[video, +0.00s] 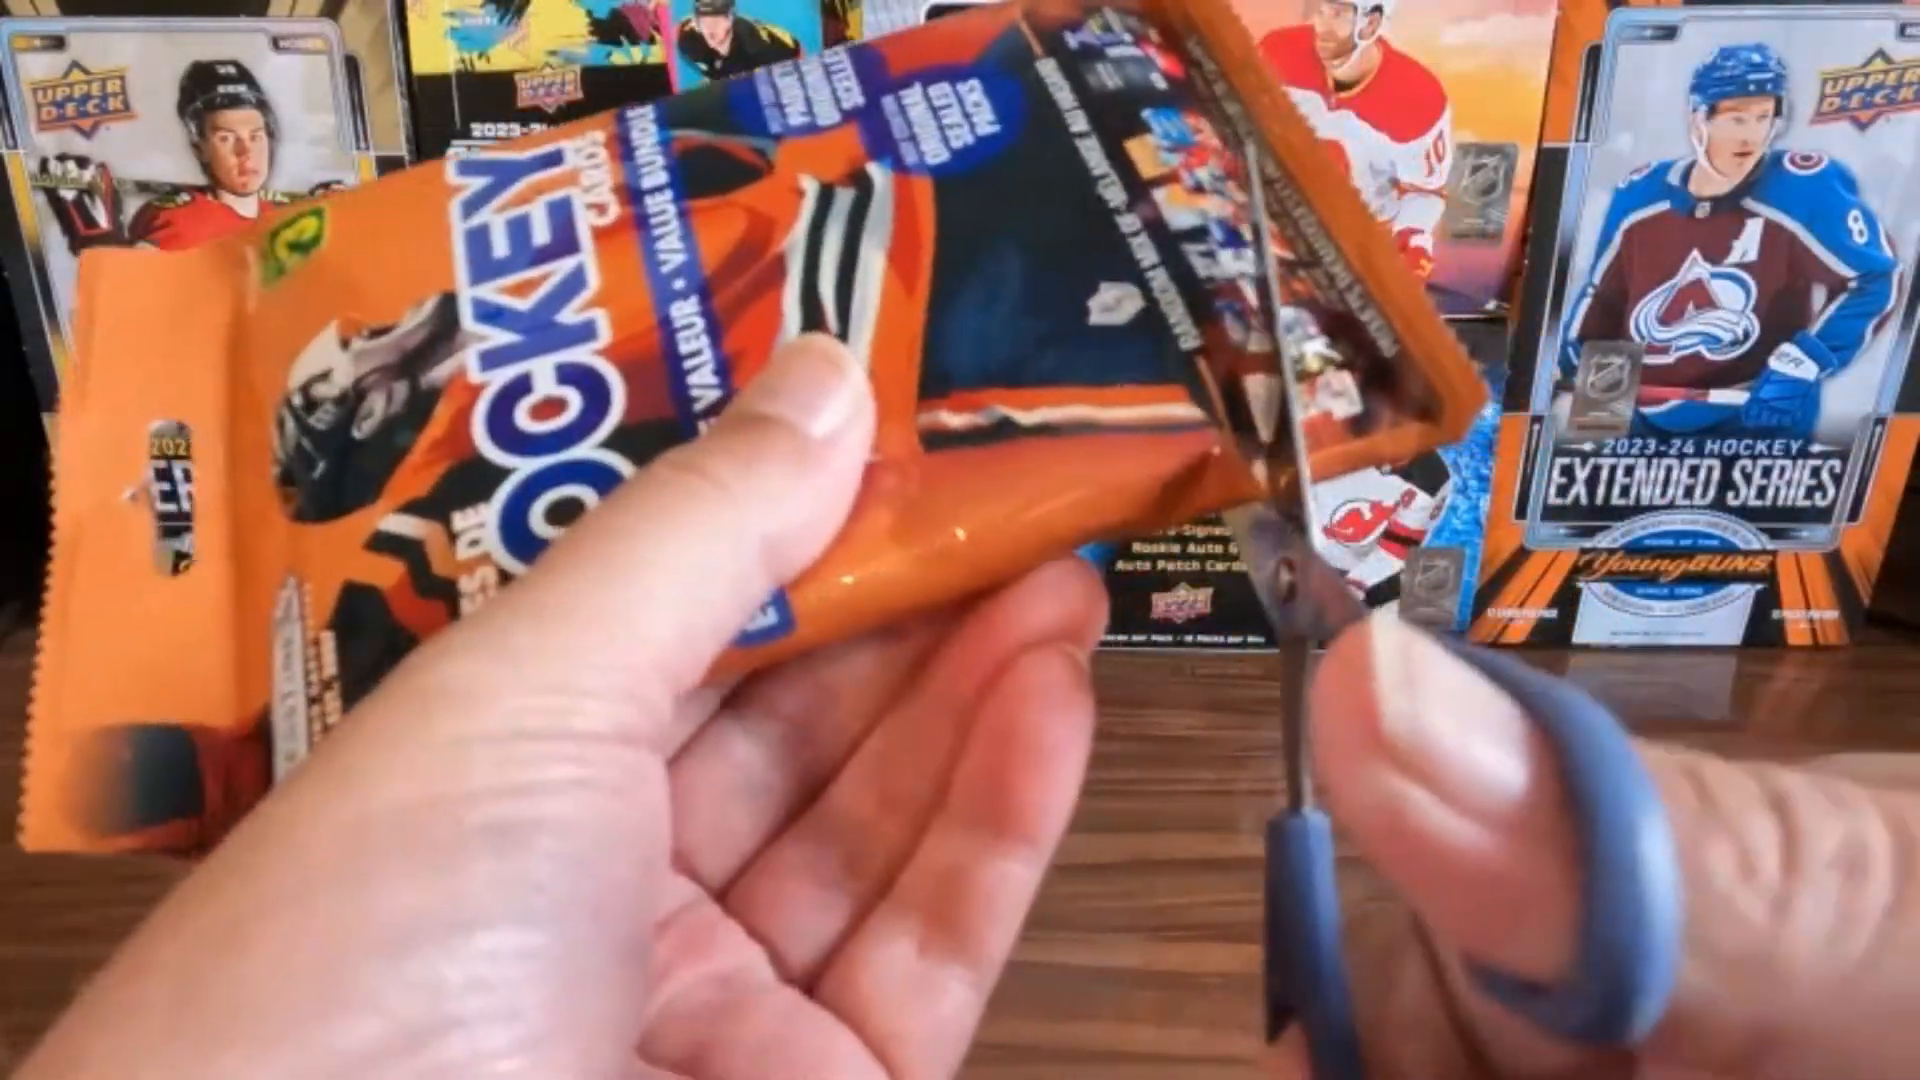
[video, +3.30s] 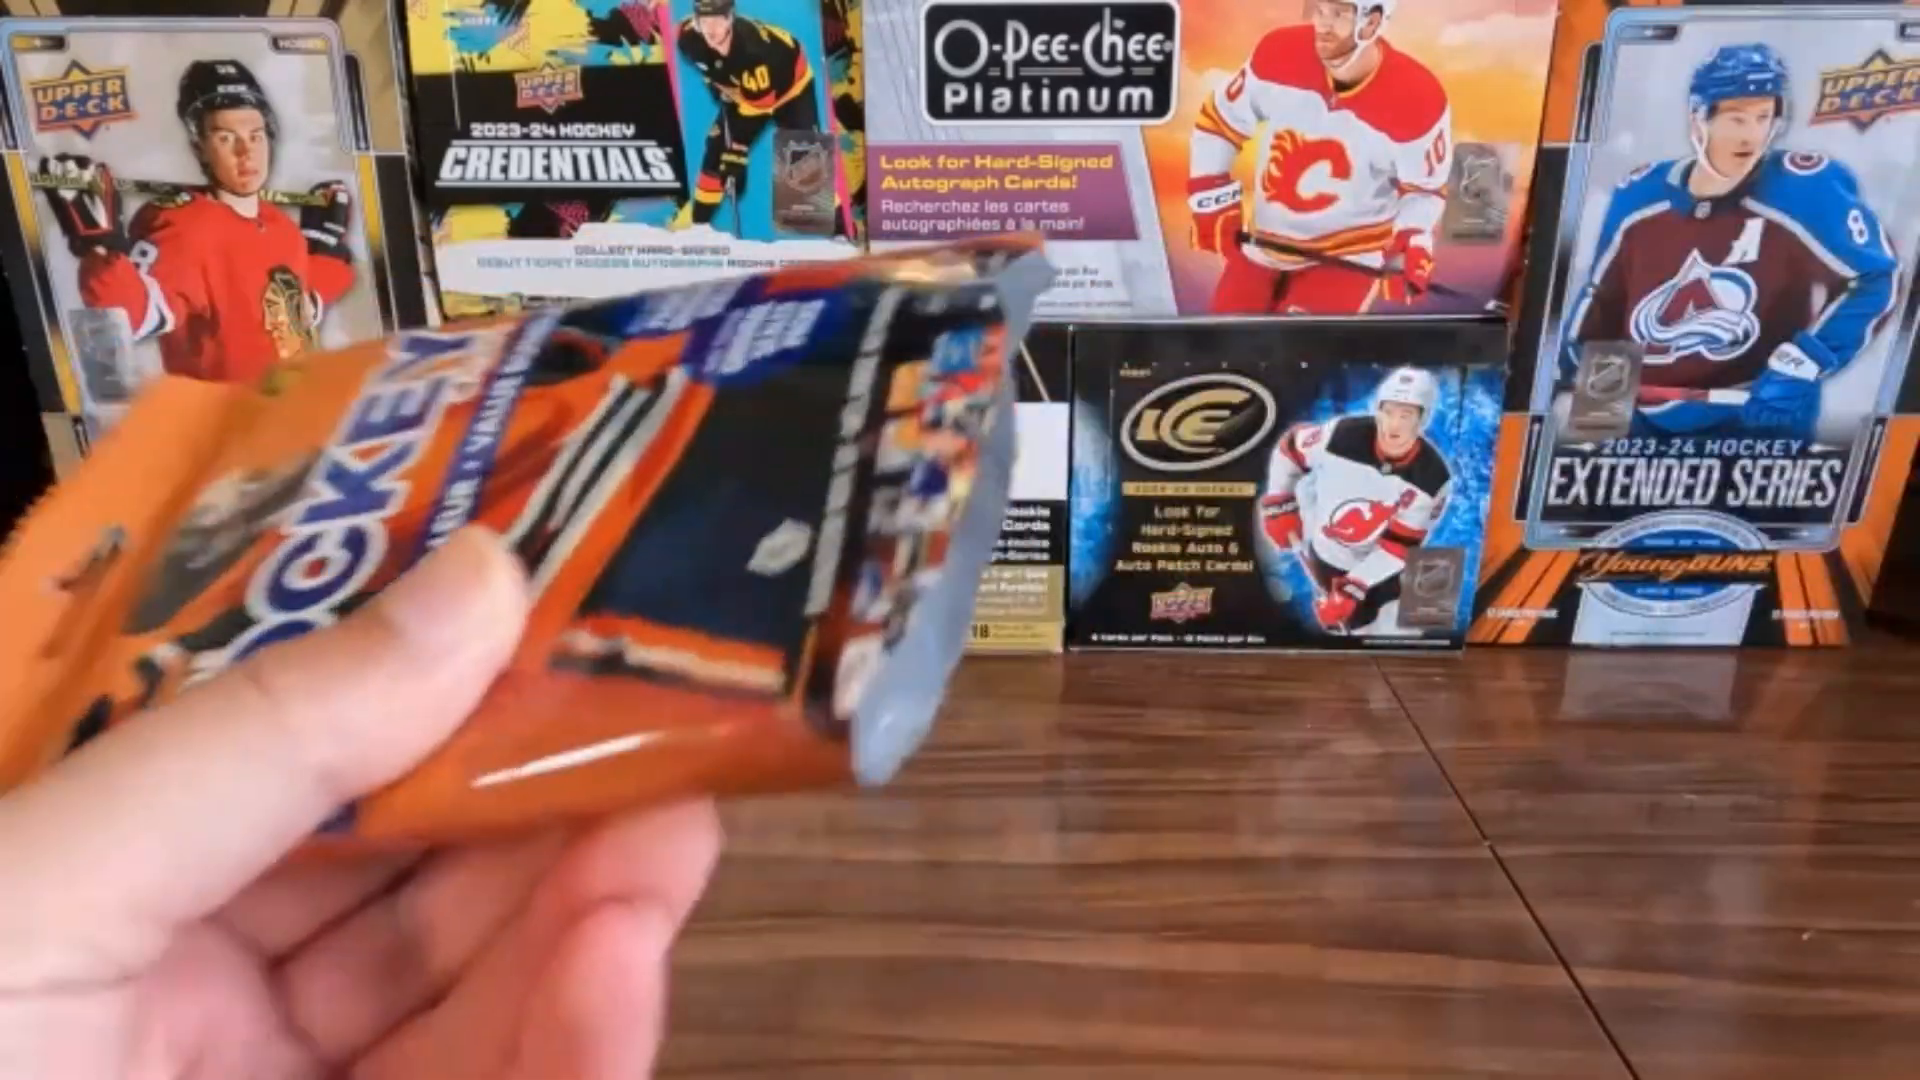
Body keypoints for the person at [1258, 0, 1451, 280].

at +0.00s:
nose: (1322, 28)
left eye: (1339, 14)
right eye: (1318, 12)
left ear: (1372, 24)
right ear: (1309, 12)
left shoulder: (1419, 94)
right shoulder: (1276, 55)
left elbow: (1423, 191)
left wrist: (1411, 256)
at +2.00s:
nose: (1323, 26)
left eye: (1339, 14)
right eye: (1318, 11)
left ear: (1373, 22)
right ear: (1309, 11)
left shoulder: (1416, 96)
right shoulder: (1276, 56)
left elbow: (1424, 191)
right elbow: (1216, 124)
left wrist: (1415, 247)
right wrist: (1213, 201)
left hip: (1346, 261)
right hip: (1261, 249)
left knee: (1287, 367)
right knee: (1219, 361)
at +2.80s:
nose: (1322, 26)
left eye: (1339, 14)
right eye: (1317, 11)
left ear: (1373, 23)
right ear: (1308, 10)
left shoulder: (1417, 96)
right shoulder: (1277, 55)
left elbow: (1424, 190)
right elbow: (1216, 126)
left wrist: (1413, 250)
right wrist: (1217, 217)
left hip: (1354, 260)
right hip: (1270, 245)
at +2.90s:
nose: (1324, 26)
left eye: (1339, 14)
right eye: (1319, 11)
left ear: (1372, 21)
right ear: (1309, 11)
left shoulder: (1419, 98)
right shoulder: (1277, 53)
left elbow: (1424, 200)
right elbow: (1217, 125)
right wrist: (1204, 207)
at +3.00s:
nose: (1323, 26)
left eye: (1339, 14)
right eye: (1317, 11)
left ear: (1373, 23)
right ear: (1308, 11)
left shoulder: (1417, 95)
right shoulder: (1277, 56)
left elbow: (1423, 191)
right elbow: (1216, 125)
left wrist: (1415, 250)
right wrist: (1214, 203)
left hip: (1348, 261)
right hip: (1262, 248)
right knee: (1214, 362)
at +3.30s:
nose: (1323, 26)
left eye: (1339, 14)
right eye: (1318, 11)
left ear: (1373, 22)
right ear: (1309, 11)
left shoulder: (1417, 96)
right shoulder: (1277, 55)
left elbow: (1423, 190)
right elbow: (1216, 124)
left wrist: (1415, 249)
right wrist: (1213, 202)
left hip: (1347, 261)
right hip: (1261, 248)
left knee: (1288, 365)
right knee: (1222, 357)